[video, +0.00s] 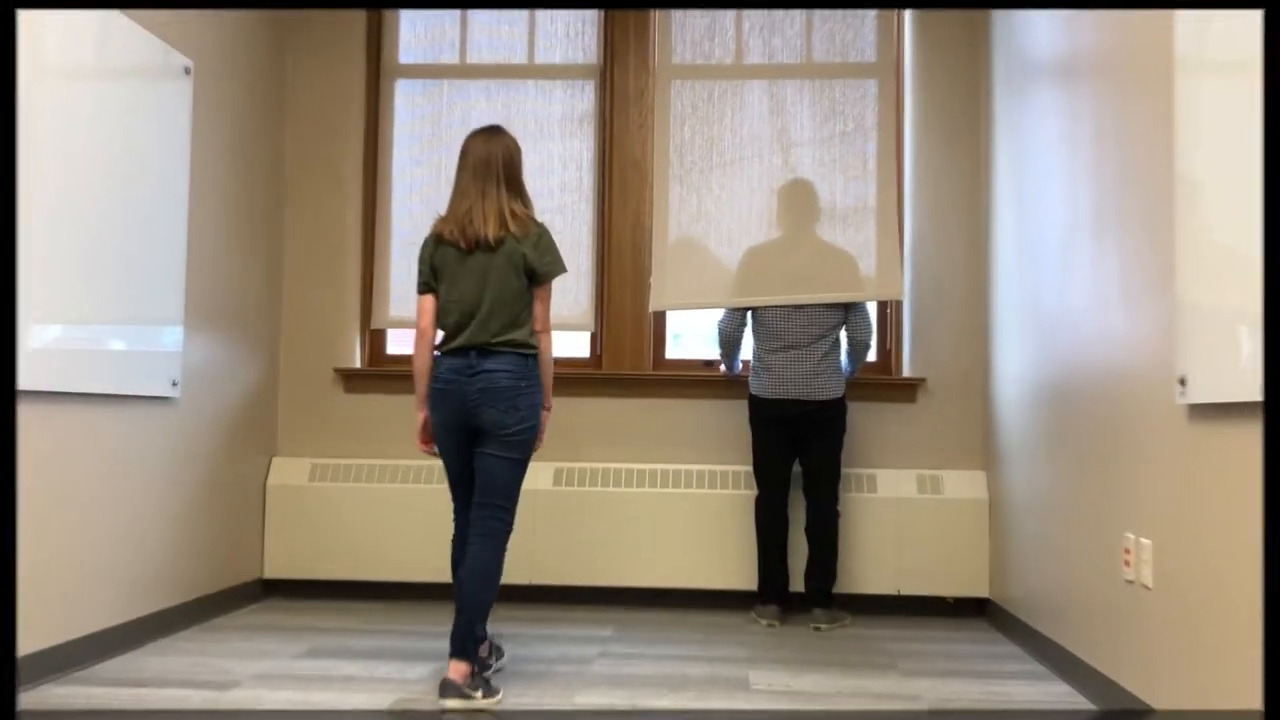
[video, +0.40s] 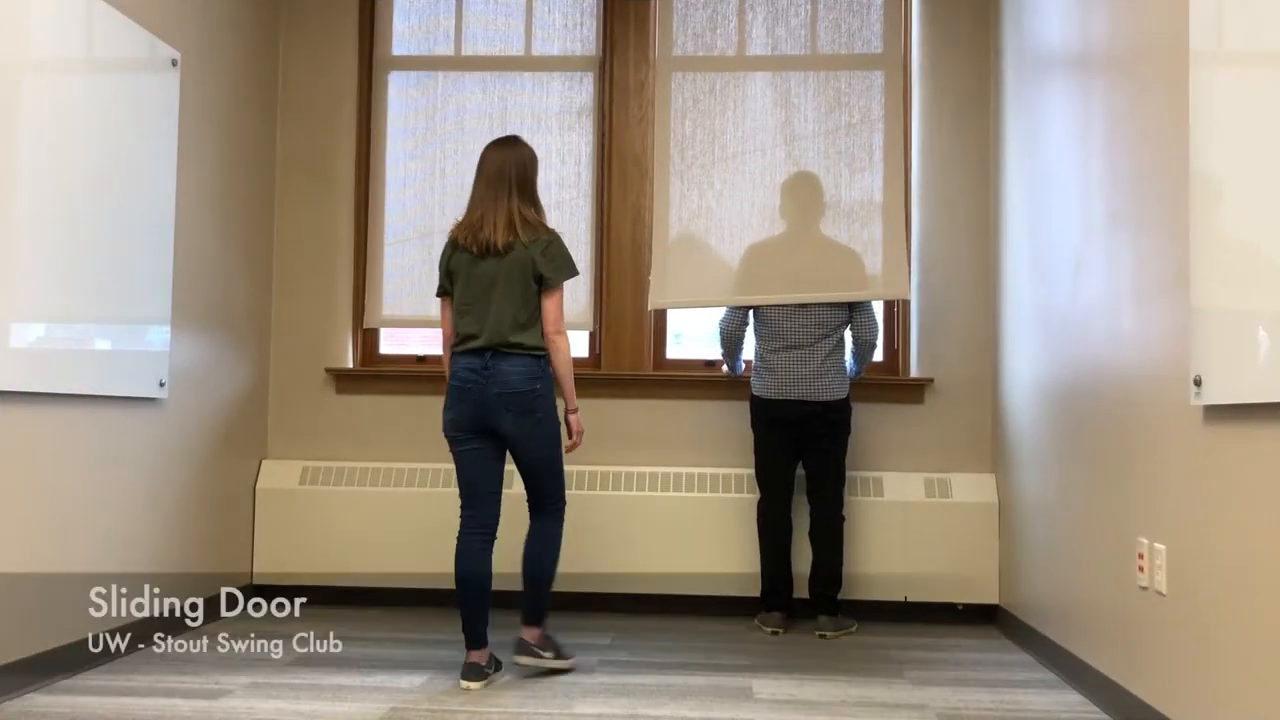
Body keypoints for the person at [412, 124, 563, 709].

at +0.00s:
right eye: (516, 164)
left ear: (463, 171)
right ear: (515, 172)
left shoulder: (439, 239)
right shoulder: (532, 235)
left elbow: (426, 331)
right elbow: (541, 329)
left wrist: (423, 403)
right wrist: (545, 399)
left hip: (450, 386)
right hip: (512, 386)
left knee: (465, 517)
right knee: (492, 524)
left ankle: (473, 639)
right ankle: (460, 665)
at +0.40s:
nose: (538, 184)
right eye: (534, 175)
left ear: (481, 179)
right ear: (530, 180)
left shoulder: (457, 244)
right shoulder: (542, 242)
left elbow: (450, 335)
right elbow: (553, 329)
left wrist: (457, 397)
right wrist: (571, 403)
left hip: (464, 392)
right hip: (525, 390)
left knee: (476, 521)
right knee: (546, 506)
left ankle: (476, 653)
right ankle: (534, 630)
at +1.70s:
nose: (598, 220)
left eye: (596, 212)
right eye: (593, 213)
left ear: (551, 218)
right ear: (579, 218)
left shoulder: (533, 274)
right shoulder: (587, 272)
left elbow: (533, 346)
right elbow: (599, 345)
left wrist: (545, 393)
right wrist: (621, 407)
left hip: (537, 392)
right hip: (576, 392)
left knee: (549, 502)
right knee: (586, 506)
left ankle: (554, 613)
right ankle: (561, 616)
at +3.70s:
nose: (566, 216)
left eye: (572, 209)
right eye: (557, 210)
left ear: (580, 215)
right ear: (541, 217)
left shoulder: (591, 276)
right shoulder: (526, 265)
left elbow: (601, 350)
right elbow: (519, 338)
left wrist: (589, 398)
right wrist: (551, 396)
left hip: (578, 394)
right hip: (534, 391)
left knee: (563, 504)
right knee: (533, 501)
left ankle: (559, 607)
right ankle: (530, 610)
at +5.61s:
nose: (576, 215)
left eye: (577, 209)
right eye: (566, 209)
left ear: (577, 215)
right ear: (542, 215)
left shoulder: (584, 278)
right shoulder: (526, 267)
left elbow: (595, 340)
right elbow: (516, 338)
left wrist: (602, 370)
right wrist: (567, 379)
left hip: (578, 394)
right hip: (539, 391)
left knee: (565, 504)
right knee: (537, 501)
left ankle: (557, 606)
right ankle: (530, 610)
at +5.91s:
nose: (577, 216)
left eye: (579, 209)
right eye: (569, 209)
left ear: (576, 217)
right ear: (542, 213)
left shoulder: (581, 276)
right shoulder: (527, 268)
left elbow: (588, 345)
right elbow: (532, 334)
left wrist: (608, 337)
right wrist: (596, 334)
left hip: (578, 396)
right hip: (541, 395)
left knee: (578, 504)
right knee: (543, 502)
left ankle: (559, 608)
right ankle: (532, 612)